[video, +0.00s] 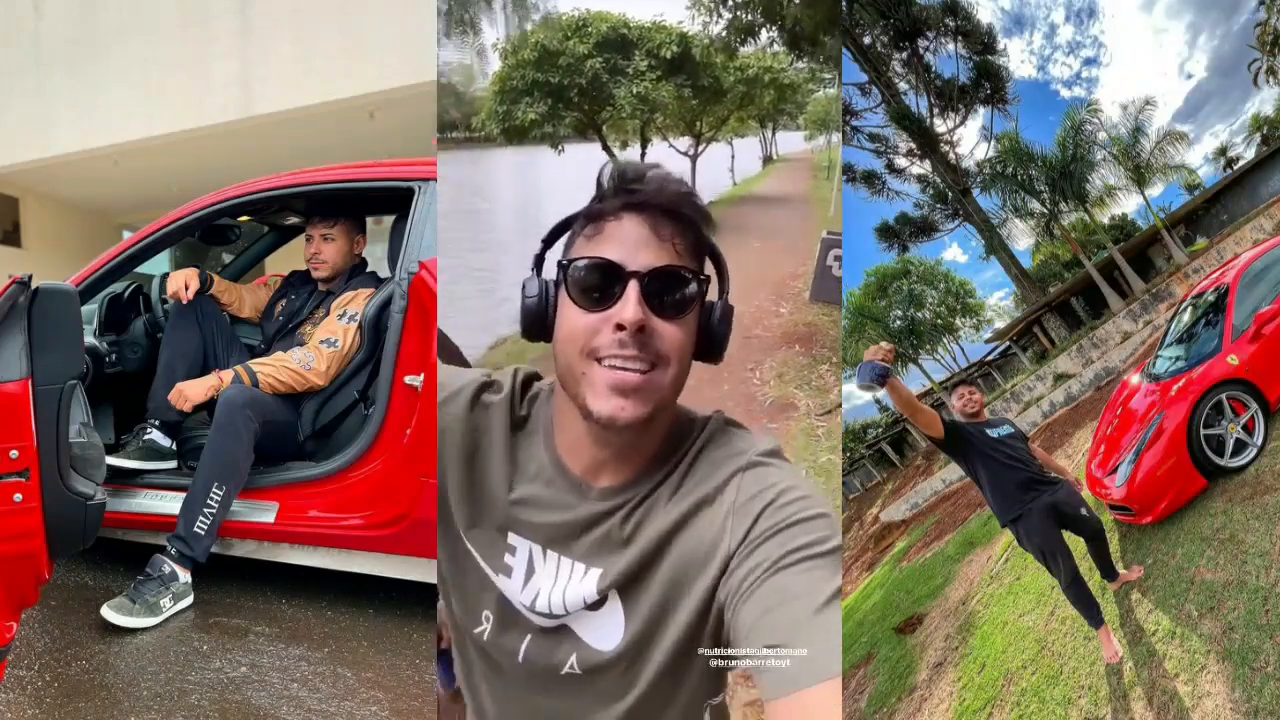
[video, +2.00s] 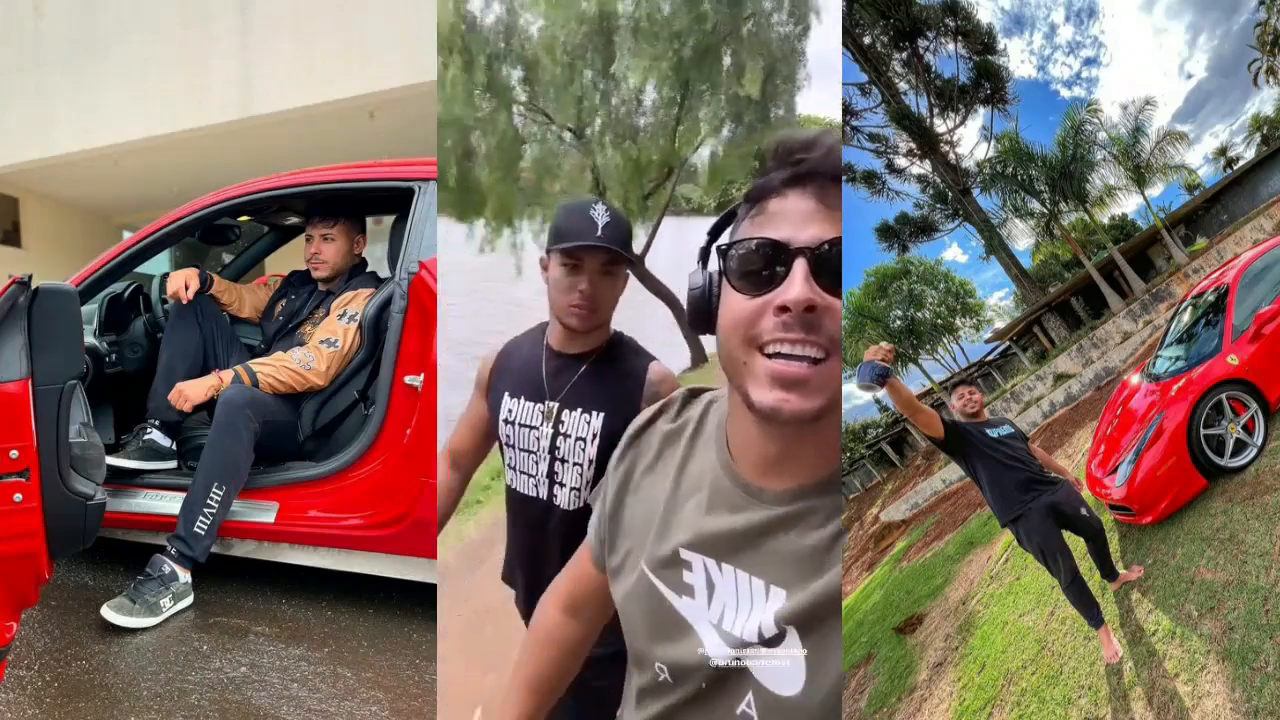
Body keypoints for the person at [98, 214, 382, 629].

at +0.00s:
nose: (314, 249)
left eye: (328, 239)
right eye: (310, 239)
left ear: (358, 245)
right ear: (305, 244)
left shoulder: (362, 297)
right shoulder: (291, 286)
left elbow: (315, 367)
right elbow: (242, 299)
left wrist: (220, 380)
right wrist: (201, 279)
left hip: (314, 412)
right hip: (260, 386)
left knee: (238, 402)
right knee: (195, 302)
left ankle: (176, 567)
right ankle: (160, 433)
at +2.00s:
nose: (315, 249)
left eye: (328, 239)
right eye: (310, 239)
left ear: (358, 245)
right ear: (304, 244)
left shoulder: (361, 297)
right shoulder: (292, 286)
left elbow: (315, 366)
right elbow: (243, 299)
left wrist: (219, 381)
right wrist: (203, 279)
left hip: (315, 411)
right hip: (265, 389)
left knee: (239, 402)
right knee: (196, 303)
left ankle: (177, 568)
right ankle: (161, 433)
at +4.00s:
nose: (314, 250)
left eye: (328, 239)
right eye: (310, 239)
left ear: (358, 245)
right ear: (304, 244)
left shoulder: (362, 297)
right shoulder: (292, 286)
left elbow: (315, 366)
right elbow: (242, 299)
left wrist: (219, 380)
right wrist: (202, 278)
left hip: (316, 410)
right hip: (266, 389)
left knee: (239, 402)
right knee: (196, 303)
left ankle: (177, 568)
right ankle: (161, 433)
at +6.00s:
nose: (315, 249)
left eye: (328, 239)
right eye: (310, 239)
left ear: (358, 245)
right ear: (304, 244)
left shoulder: (361, 297)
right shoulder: (292, 286)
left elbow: (315, 366)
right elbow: (243, 299)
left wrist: (220, 380)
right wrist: (203, 279)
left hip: (315, 410)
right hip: (265, 388)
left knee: (239, 402)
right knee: (196, 303)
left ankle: (177, 568)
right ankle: (161, 433)